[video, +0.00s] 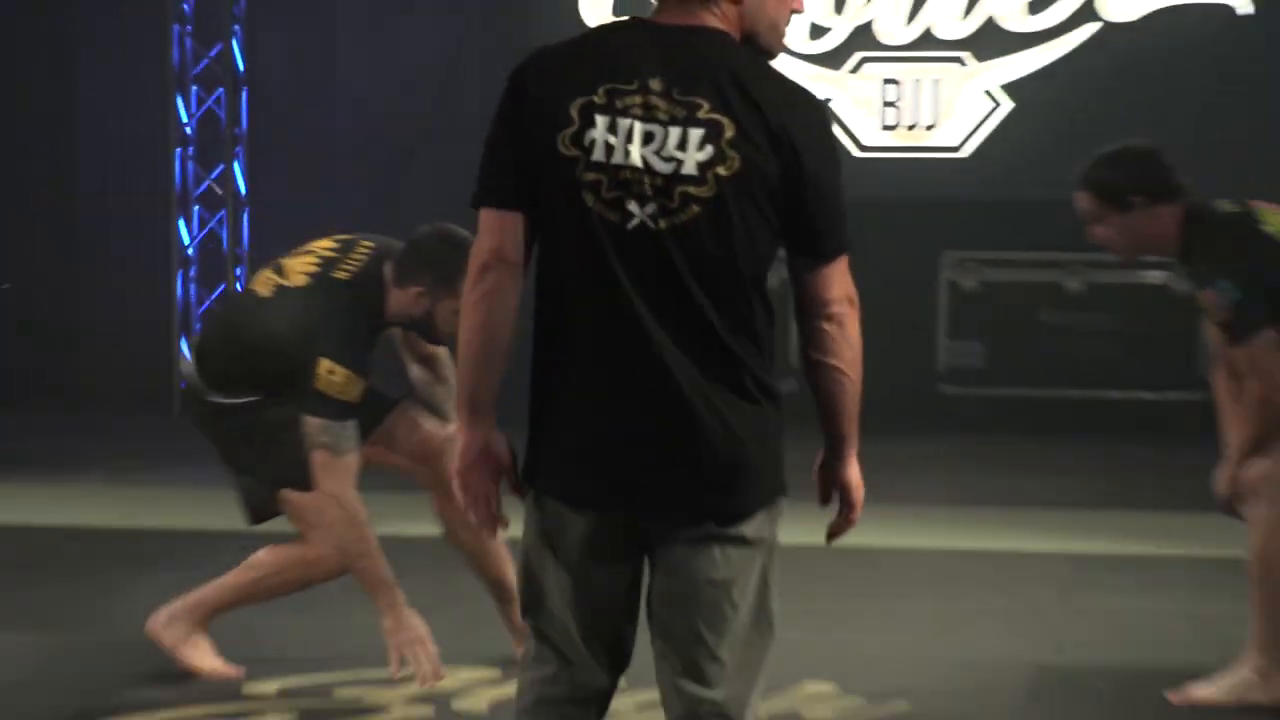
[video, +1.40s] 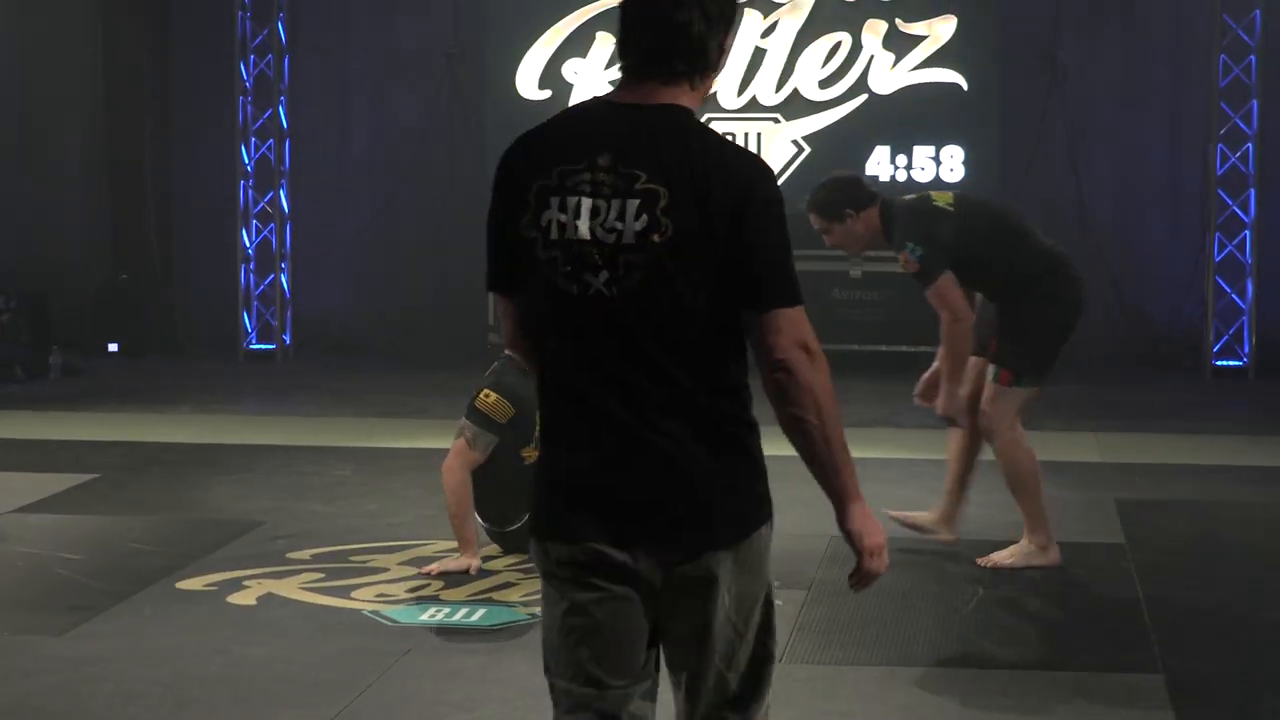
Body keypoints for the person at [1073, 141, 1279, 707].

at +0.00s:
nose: (1094, 237)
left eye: (1098, 221)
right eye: (1089, 224)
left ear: (1137, 209)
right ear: (1140, 208)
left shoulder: (1229, 250)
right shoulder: (1201, 247)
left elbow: (1262, 374)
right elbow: (1222, 364)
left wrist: (1242, 458)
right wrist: (1234, 453)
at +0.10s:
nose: (1021, 228)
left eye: (1025, 214)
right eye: (1016, 217)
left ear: (1065, 202)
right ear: (1069, 198)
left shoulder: (1138, 238)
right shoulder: (1121, 223)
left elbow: (1193, 362)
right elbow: (1146, 337)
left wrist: (1159, 425)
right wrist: (1157, 418)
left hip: (1271, 335)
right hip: (1256, 329)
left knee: (1188, 443)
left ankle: (1184, 612)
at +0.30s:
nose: (894, 229)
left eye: (895, 218)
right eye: (891, 220)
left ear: (925, 206)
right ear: (929, 203)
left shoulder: (986, 238)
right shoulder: (983, 216)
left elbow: (1037, 330)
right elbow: (1004, 308)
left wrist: (1008, 385)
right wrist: (1004, 375)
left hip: (1124, 293)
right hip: (1154, 284)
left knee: (1038, 400)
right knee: (1126, 404)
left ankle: (1033, 533)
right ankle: (1214, 511)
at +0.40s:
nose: (866, 242)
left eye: (867, 231)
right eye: (863, 234)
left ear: (895, 219)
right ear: (899, 216)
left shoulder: (951, 244)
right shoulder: (949, 229)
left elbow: (1001, 332)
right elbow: (968, 323)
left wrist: (965, 392)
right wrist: (942, 353)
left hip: (1086, 297)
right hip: (1112, 288)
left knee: (1002, 395)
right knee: (1082, 401)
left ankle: (994, 525)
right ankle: (1164, 499)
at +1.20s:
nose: (865, 249)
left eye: (864, 238)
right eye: (860, 241)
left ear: (893, 224)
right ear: (896, 218)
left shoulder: (951, 232)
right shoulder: (948, 221)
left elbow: (1015, 312)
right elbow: (1007, 306)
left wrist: (1004, 389)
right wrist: (1014, 378)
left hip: (1084, 292)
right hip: (1090, 286)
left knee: (1031, 412)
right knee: (1053, 405)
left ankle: (1041, 542)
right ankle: (1128, 505)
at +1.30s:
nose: (848, 244)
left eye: (847, 234)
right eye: (842, 236)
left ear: (874, 220)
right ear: (878, 215)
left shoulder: (934, 235)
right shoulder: (929, 219)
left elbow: (988, 313)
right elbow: (988, 305)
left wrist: (984, 389)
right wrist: (984, 371)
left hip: (1067, 291)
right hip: (1055, 288)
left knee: (1017, 411)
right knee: (1007, 399)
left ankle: (1041, 543)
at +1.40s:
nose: (828, 243)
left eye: (827, 232)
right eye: (823, 235)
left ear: (854, 217)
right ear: (858, 214)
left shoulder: (910, 234)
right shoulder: (907, 219)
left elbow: (959, 314)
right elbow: (954, 308)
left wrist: (954, 393)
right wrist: (942, 367)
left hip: (1045, 294)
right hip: (1010, 295)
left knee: (997, 415)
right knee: (968, 401)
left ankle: (1040, 541)